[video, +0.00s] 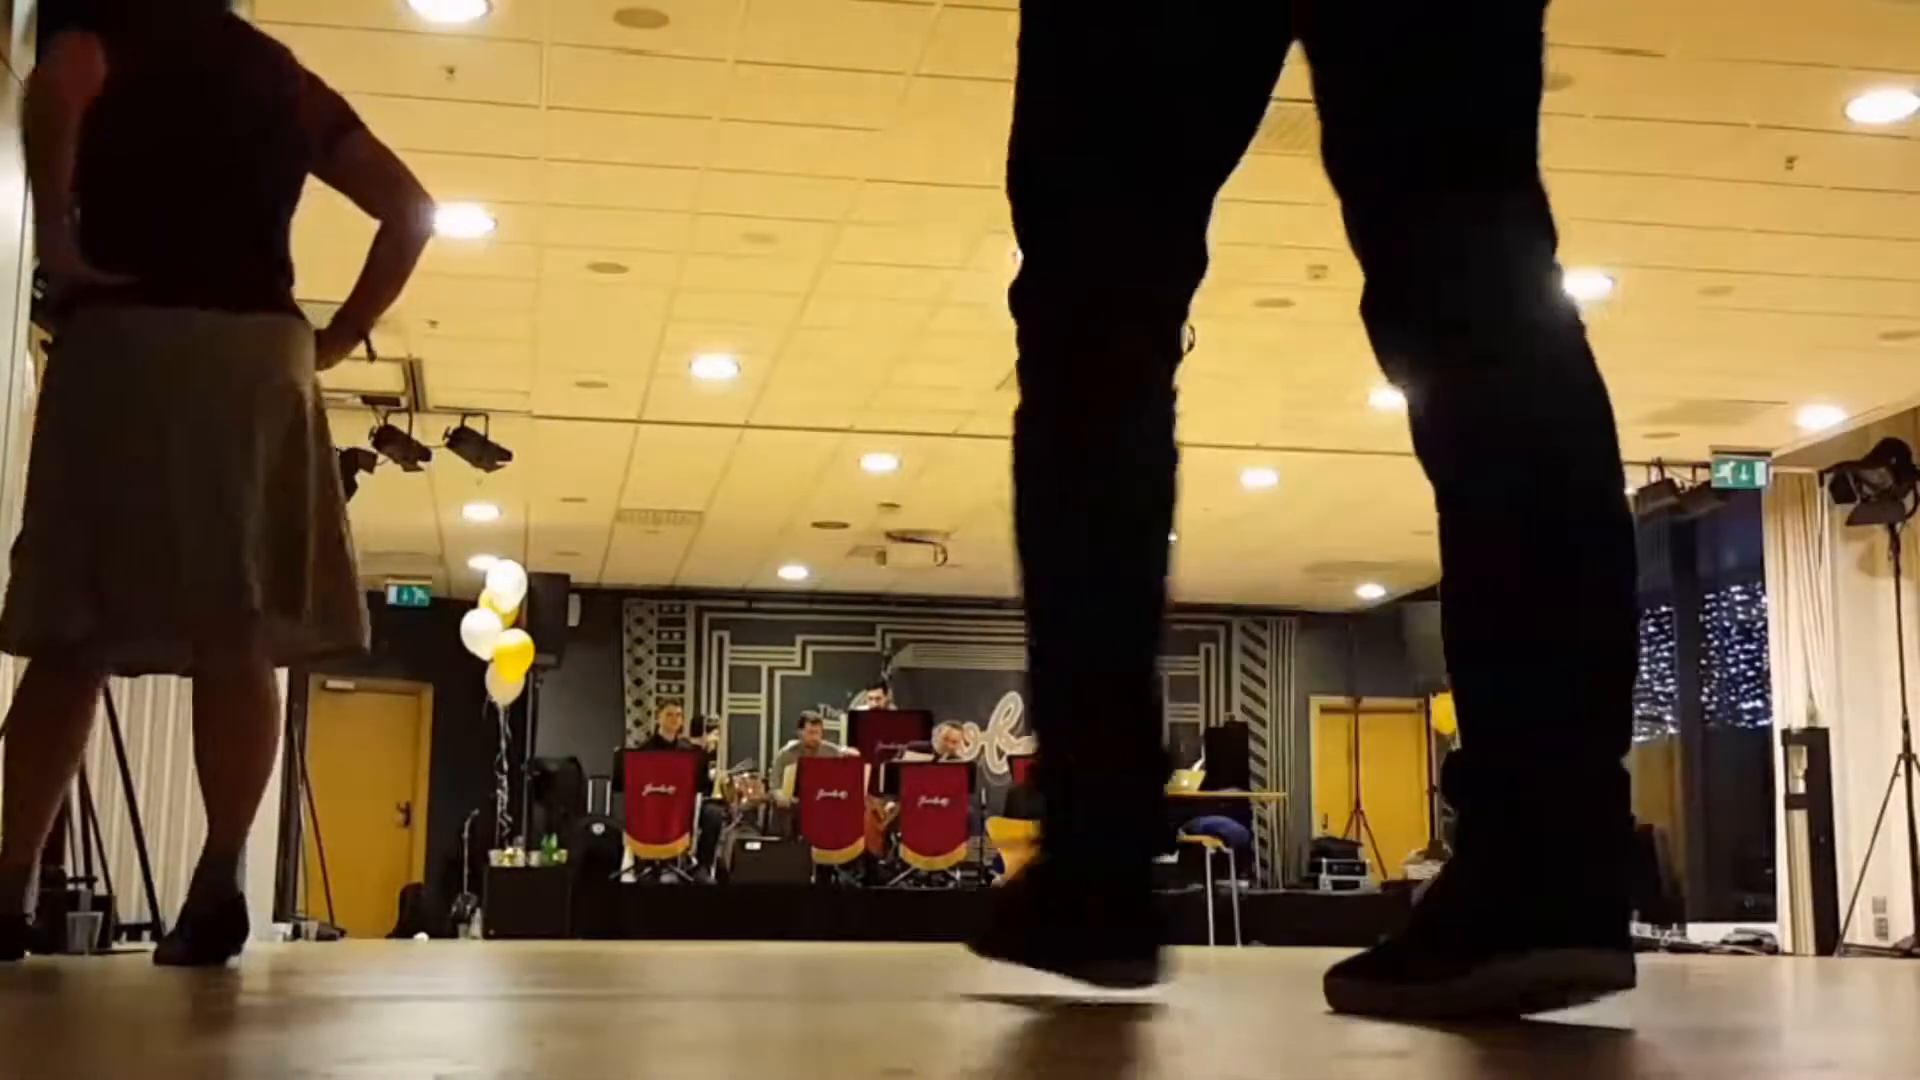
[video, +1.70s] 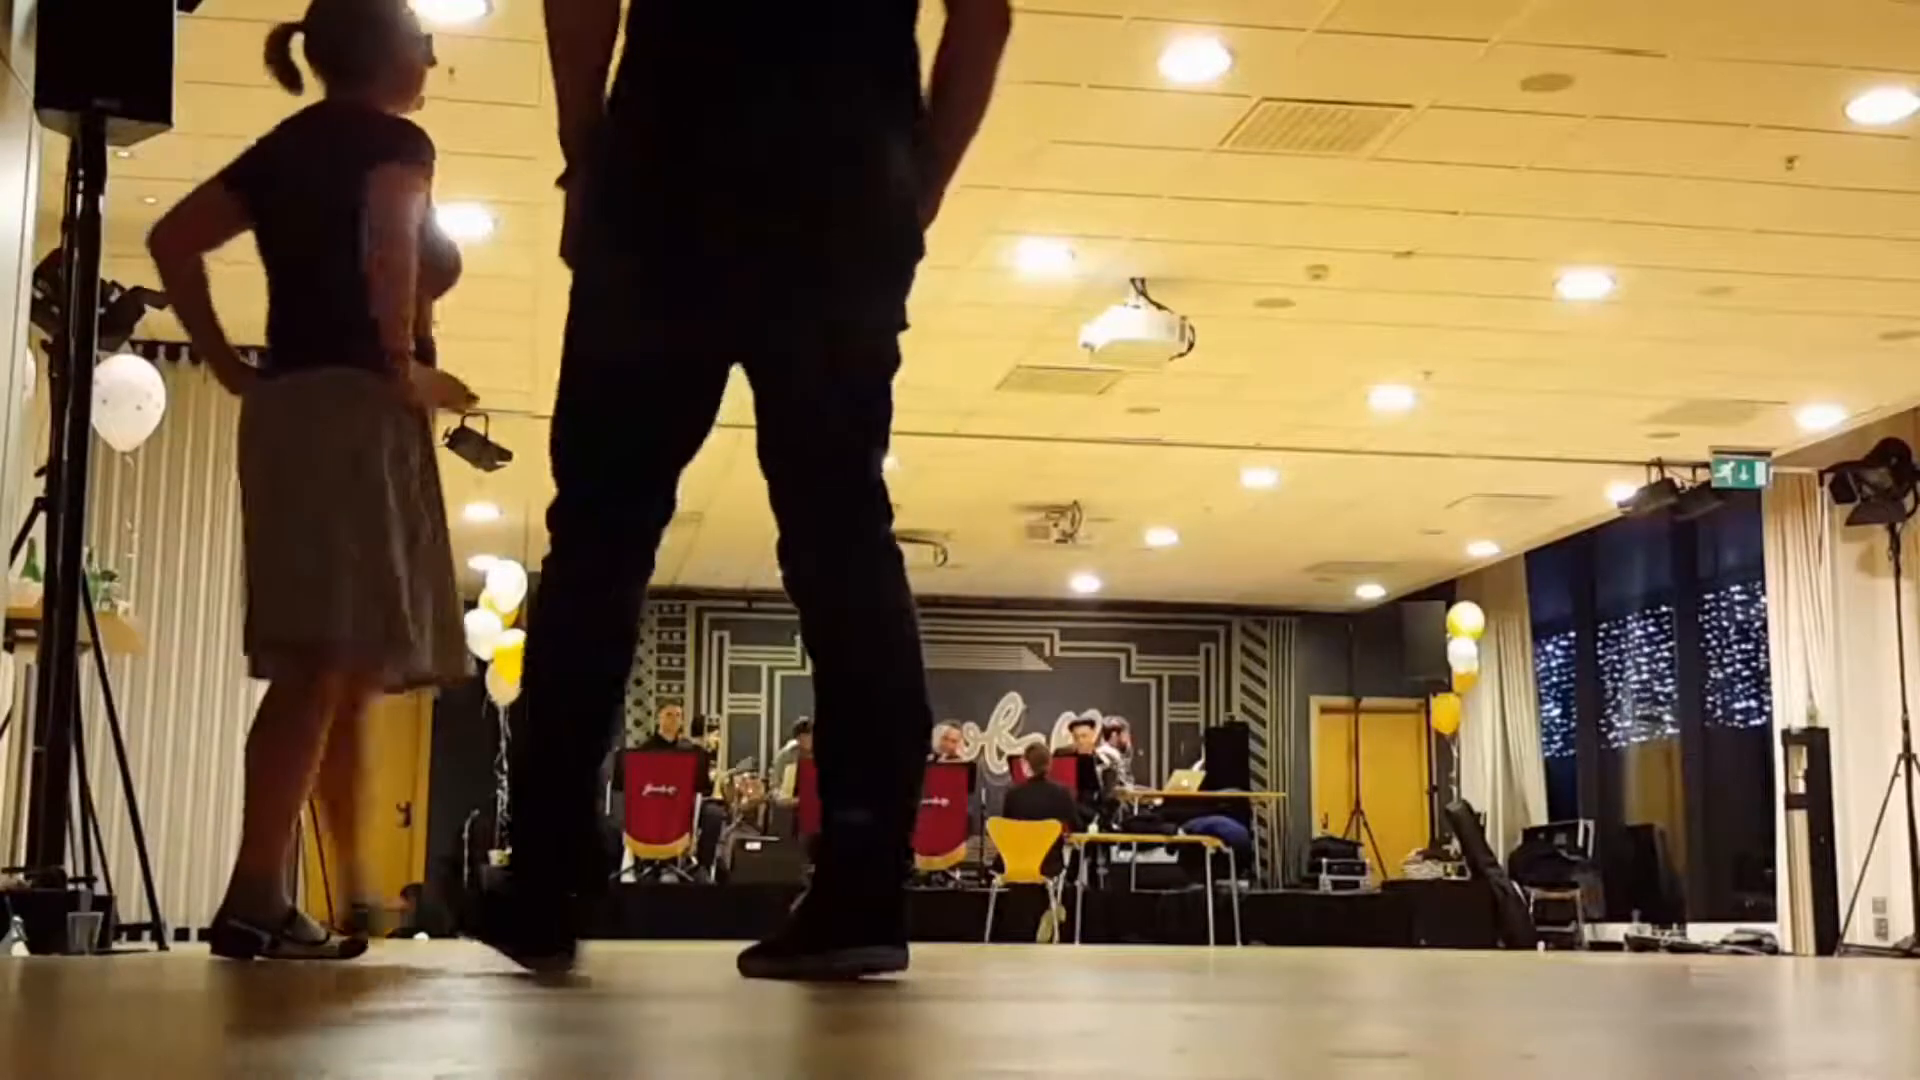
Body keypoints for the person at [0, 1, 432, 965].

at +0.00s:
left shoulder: (95, 18)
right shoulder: (276, 70)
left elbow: (59, 90)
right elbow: (411, 211)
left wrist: (57, 241)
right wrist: (340, 332)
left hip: (123, 354)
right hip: (263, 359)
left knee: (70, 644)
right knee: (238, 643)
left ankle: (9, 893)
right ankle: (220, 887)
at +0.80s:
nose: (196, 37)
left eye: (193, 24)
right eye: (192, 23)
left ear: (87, 33)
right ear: (174, 26)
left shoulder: (39, 118)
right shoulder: (208, 100)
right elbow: (258, 177)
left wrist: (11, 338)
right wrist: (250, 311)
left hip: (49, 376)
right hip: (179, 376)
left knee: (48, 652)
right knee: (196, 652)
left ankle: (12, 894)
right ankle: (210, 885)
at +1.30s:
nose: (340, 65)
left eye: (336, 48)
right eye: (334, 48)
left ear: (238, 58)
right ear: (313, 52)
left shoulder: (184, 143)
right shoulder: (350, 145)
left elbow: (60, 228)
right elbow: (402, 241)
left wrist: (115, 362)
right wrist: (380, 356)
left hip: (197, 411)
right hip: (313, 412)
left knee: (140, 655)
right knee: (286, 668)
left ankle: (18, 850)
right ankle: (252, 903)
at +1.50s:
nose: (390, 58)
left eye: (387, 40)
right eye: (381, 41)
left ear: (292, 50)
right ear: (353, 48)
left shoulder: (231, 142)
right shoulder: (390, 145)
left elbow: (108, 236)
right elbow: (420, 250)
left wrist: (172, 356)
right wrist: (407, 353)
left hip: (239, 414)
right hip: (343, 413)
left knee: (216, 669)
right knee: (304, 667)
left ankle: (150, 899)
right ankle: (255, 906)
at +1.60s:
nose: (412, 64)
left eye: (408, 47)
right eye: (405, 48)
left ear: (313, 58)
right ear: (383, 58)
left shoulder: (258, 146)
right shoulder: (397, 150)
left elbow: (142, 240)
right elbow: (415, 257)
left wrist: (196, 365)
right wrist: (407, 363)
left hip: (263, 412)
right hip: (348, 414)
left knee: (272, 666)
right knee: (312, 663)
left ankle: (256, 900)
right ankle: (254, 903)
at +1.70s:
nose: (430, 57)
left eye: (424, 41)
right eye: (419, 42)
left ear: (336, 57)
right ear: (390, 54)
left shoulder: (286, 143)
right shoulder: (398, 142)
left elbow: (173, 240)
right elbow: (389, 254)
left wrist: (220, 355)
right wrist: (404, 366)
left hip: (280, 407)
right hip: (352, 410)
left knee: (336, 666)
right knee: (319, 665)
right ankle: (255, 903)